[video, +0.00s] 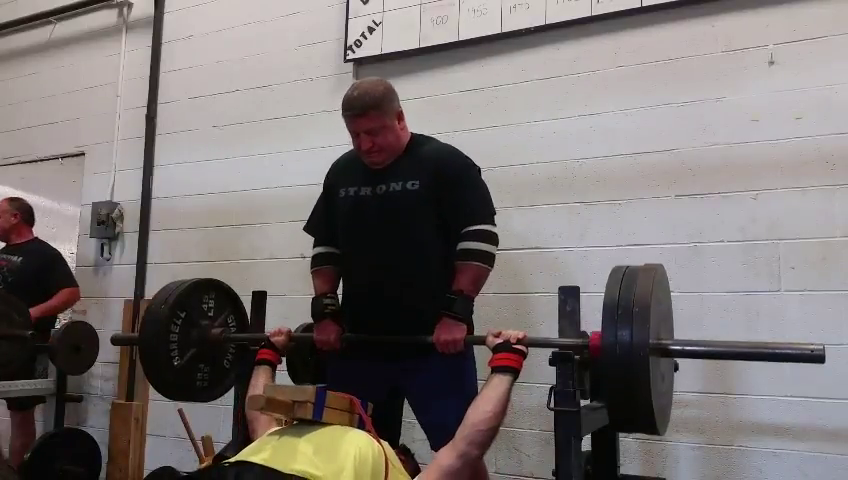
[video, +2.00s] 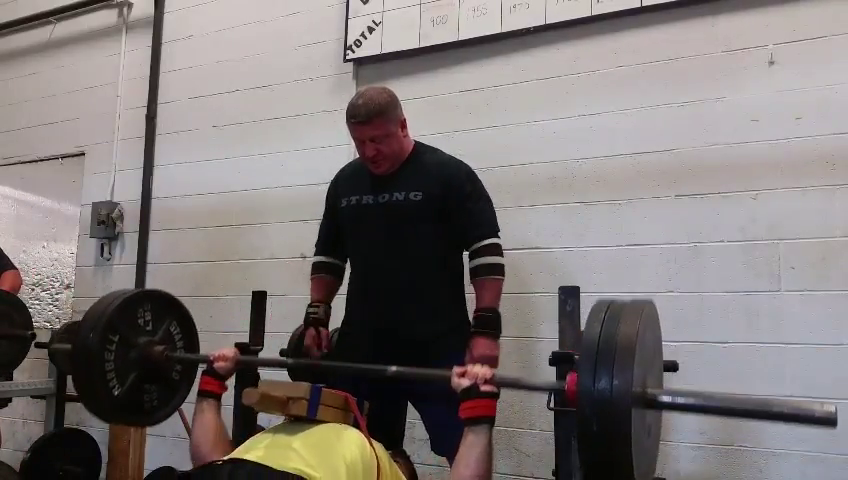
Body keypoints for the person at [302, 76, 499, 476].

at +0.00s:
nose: (366, 144)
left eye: (375, 133)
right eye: (356, 135)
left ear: (400, 120)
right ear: (348, 129)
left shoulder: (448, 166)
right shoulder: (342, 173)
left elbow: (479, 241)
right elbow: (326, 248)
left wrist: (456, 311)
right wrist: (325, 312)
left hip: (436, 341)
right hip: (360, 342)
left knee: (460, 456)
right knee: (356, 459)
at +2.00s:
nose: (369, 151)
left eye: (378, 140)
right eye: (360, 142)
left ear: (403, 127)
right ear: (352, 136)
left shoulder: (451, 177)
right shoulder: (345, 183)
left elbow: (486, 254)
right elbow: (328, 257)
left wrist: (486, 329)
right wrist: (316, 317)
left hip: (438, 345)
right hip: (365, 344)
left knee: (466, 455)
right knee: (367, 458)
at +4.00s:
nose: (361, 159)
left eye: (369, 148)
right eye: (351, 150)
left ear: (395, 131)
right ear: (342, 142)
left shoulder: (445, 177)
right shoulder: (338, 185)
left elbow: (478, 259)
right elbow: (325, 261)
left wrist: (474, 335)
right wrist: (315, 323)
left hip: (438, 339)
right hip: (365, 338)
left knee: (463, 450)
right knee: (367, 451)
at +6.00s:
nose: (360, 163)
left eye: (368, 152)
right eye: (351, 154)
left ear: (394, 134)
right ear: (341, 145)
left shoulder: (445, 178)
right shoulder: (338, 186)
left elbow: (478, 260)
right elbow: (327, 262)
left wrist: (473, 337)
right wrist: (319, 327)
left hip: (439, 341)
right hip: (366, 340)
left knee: (466, 451)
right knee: (367, 452)